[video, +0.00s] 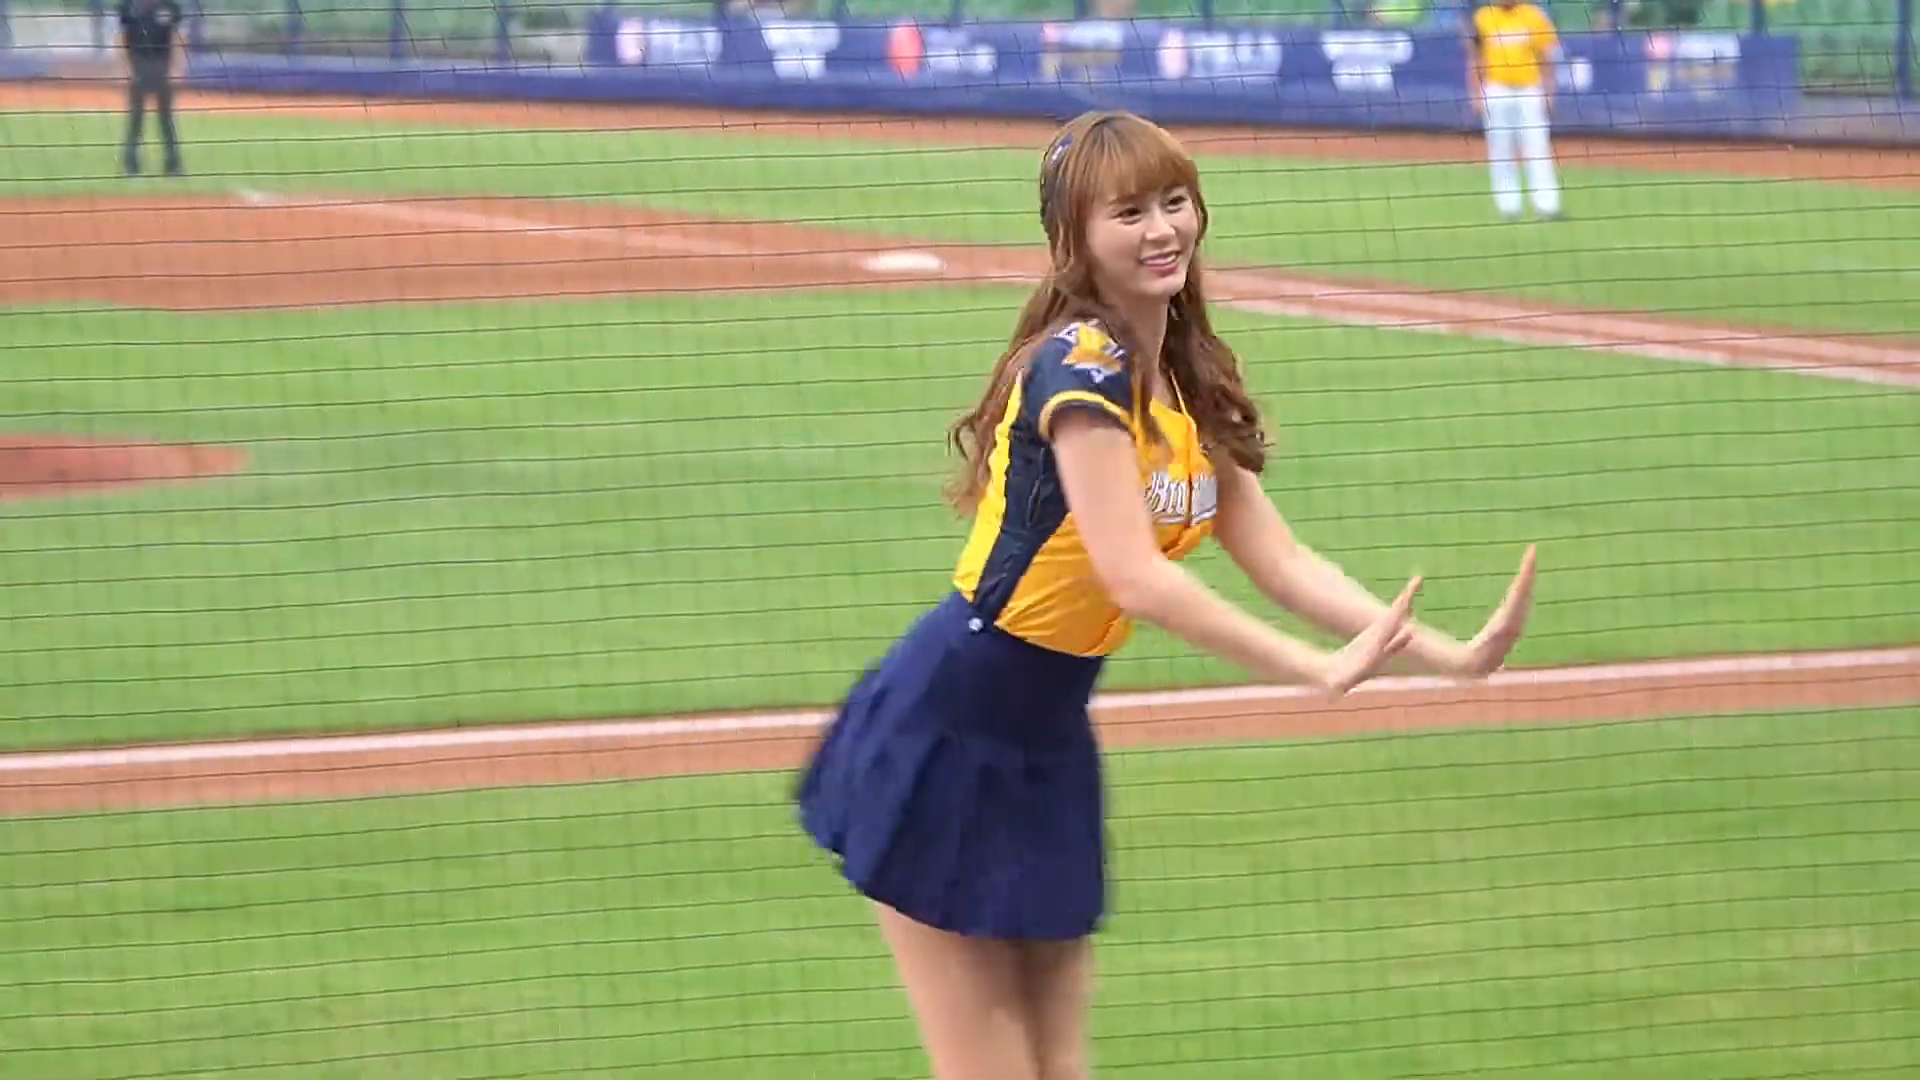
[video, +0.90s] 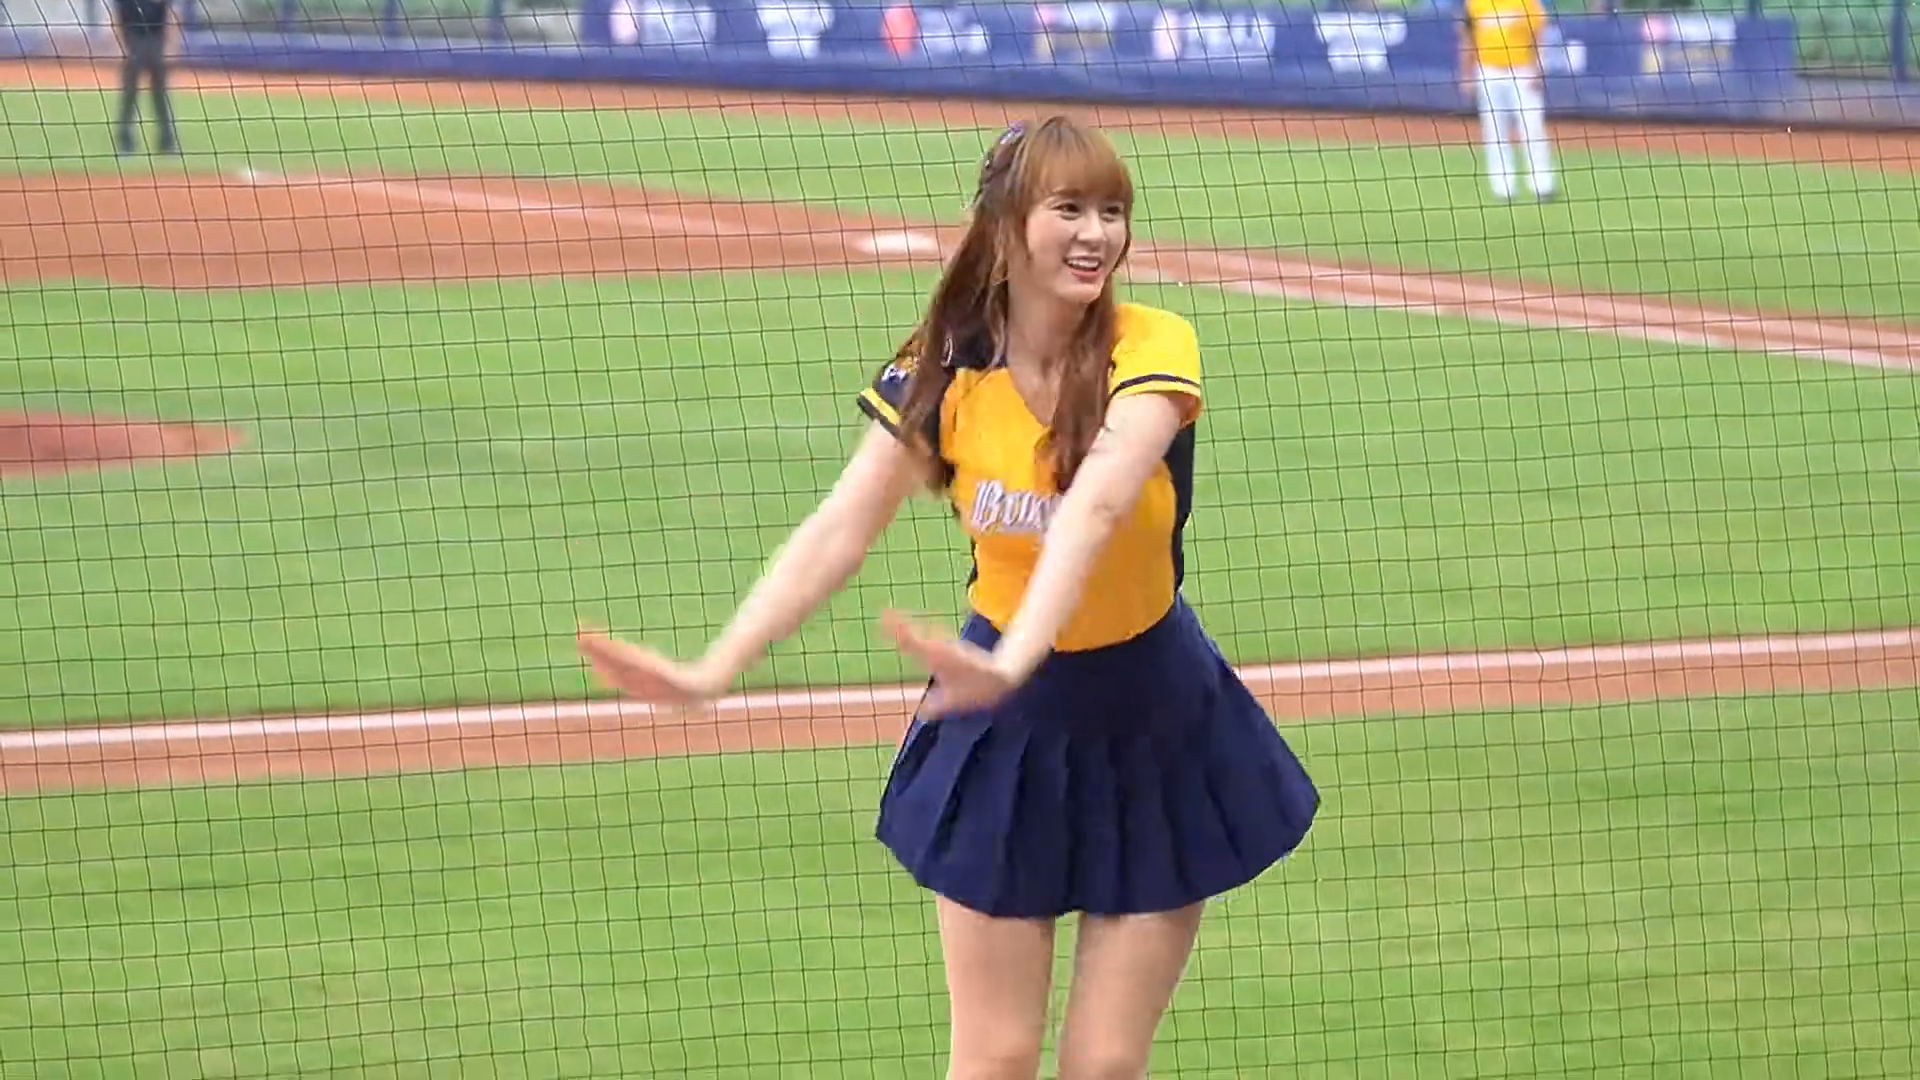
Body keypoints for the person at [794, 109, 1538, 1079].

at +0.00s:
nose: (1162, 227)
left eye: (1175, 201)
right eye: (1128, 211)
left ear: (1198, 216)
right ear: (1074, 238)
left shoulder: (1188, 379)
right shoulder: (1076, 366)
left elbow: (1279, 559)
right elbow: (1131, 575)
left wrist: (1448, 654)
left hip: (1048, 726)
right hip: (947, 721)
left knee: (1055, 1059)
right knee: (985, 1064)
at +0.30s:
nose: (1157, 232)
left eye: (1172, 207)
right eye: (1128, 212)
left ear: (1190, 217)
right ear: (1066, 225)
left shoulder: (1163, 372)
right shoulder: (1034, 356)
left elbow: (1276, 530)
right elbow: (1074, 561)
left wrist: (1422, 622)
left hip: (1045, 727)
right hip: (936, 723)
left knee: (1073, 1063)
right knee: (989, 1064)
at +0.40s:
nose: (1107, 262)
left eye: (1126, 239)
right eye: (1081, 236)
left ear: (1144, 250)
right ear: (1013, 241)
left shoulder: (1130, 377)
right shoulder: (951, 374)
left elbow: (1195, 555)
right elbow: (943, 587)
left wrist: (1270, 670)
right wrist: (1074, 691)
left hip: (1096, 732)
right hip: (973, 735)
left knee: (1136, 1061)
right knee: (1039, 1065)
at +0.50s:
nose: (1079, 275)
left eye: (1095, 252)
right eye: (1053, 250)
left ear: (1112, 258)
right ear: (986, 251)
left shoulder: (1128, 385)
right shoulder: (907, 394)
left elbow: (1172, 561)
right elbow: (892, 590)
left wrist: (1168, 657)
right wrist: (948, 674)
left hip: (1121, 739)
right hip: (981, 745)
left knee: (1146, 1063)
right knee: (1051, 1062)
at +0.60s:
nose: (1077, 207)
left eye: (1094, 185)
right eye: (1050, 182)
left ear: (1108, 200)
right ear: (985, 196)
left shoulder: (1139, 321)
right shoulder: (907, 348)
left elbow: (1171, 496)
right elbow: (868, 531)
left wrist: (1105, 589)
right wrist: (843, 607)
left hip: (1120, 696)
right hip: (979, 699)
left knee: (1107, 1059)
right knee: (1006, 1057)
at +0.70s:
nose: (1076, 207)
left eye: (1096, 187)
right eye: (1048, 181)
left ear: (1115, 206)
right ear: (981, 197)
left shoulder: (1140, 320)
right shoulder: (919, 340)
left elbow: (1130, 467)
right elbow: (821, 506)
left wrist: (1042, 547)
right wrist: (721, 579)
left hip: (1128, 705)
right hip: (982, 703)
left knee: (1095, 1059)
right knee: (982, 1057)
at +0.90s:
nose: (1099, 231)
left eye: (1115, 209)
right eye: (1069, 207)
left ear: (1131, 225)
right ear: (1007, 224)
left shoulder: (1154, 348)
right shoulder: (943, 365)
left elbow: (1094, 507)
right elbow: (838, 529)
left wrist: (1014, 654)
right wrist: (716, 669)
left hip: (1151, 708)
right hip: (1001, 699)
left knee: (1107, 1063)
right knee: (994, 1057)